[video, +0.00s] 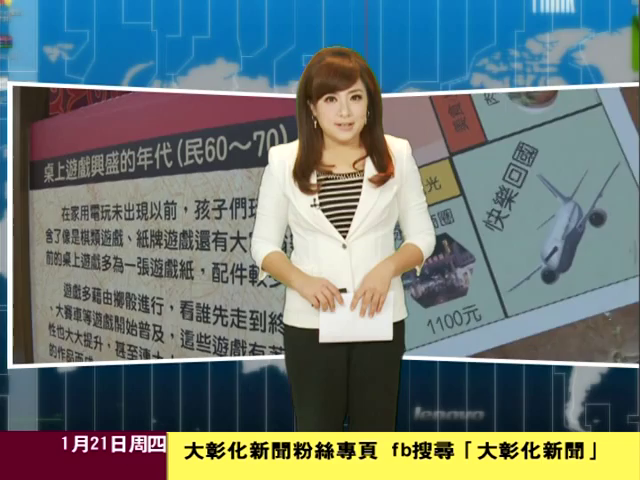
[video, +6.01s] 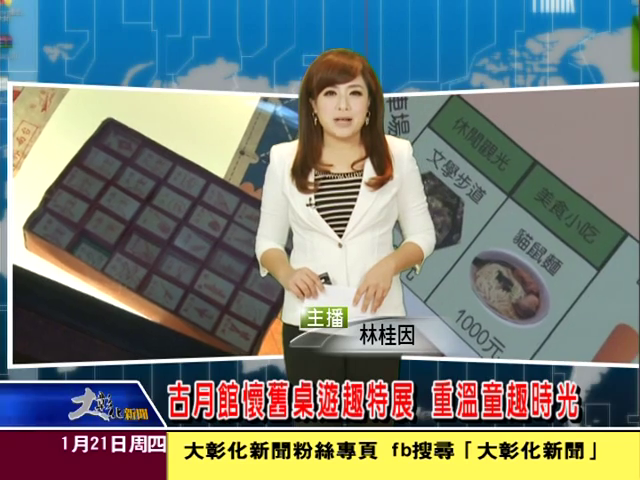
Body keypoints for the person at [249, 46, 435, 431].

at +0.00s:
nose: (345, 111)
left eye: (355, 98)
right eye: (331, 100)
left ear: (370, 102)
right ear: (311, 107)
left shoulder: (395, 155)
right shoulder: (285, 161)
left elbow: (422, 238)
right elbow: (263, 245)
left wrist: (387, 268)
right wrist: (302, 280)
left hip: (379, 329)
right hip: (311, 329)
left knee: (375, 446)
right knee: (316, 446)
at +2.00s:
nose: (346, 107)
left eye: (357, 96)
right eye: (333, 96)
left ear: (371, 105)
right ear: (313, 104)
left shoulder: (394, 156)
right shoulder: (285, 160)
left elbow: (423, 238)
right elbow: (263, 242)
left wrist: (382, 267)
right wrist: (296, 279)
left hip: (377, 323)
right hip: (308, 323)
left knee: (376, 439)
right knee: (314, 439)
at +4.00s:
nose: (347, 109)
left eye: (359, 97)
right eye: (334, 97)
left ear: (373, 104)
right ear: (315, 105)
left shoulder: (396, 155)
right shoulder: (287, 160)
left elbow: (424, 239)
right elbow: (265, 243)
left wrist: (383, 267)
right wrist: (297, 279)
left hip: (379, 323)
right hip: (309, 323)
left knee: (377, 439)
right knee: (314, 438)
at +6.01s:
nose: (343, 105)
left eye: (355, 94)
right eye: (330, 94)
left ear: (370, 103)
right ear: (312, 104)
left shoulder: (395, 155)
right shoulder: (286, 159)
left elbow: (422, 237)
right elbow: (268, 242)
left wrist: (389, 265)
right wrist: (289, 273)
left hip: (376, 326)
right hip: (307, 324)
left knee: (375, 441)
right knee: (313, 440)